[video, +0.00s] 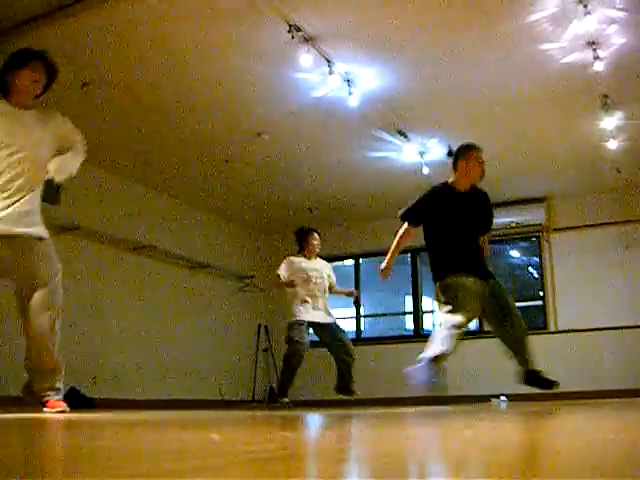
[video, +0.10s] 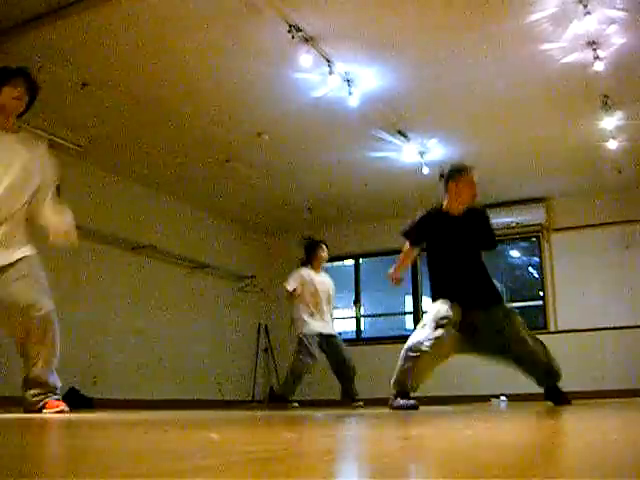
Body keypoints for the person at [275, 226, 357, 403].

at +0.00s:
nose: (318, 244)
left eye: (318, 240)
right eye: (314, 240)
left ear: (319, 244)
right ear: (304, 244)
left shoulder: (325, 265)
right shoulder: (291, 262)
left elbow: (331, 289)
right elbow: (277, 283)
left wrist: (347, 292)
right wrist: (292, 285)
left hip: (322, 314)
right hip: (301, 313)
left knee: (345, 349)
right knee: (298, 349)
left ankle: (344, 386)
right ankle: (281, 393)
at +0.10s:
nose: (325, 254)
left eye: (326, 251)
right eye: (322, 251)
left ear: (326, 255)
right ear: (313, 254)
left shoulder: (327, 278)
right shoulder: (302, 273)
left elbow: (329, 302)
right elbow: (287, 289)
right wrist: (293, 294)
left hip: (326, 326)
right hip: (308, 325)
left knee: (344, 363)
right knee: (303, 362)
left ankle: (350, 396)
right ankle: (284, 395)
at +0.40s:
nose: (351, 272)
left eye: (351, 268)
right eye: (348, 268)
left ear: (343, 270)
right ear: (340, 270)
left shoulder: (341, 286)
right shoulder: (328, 282)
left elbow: (343, 301)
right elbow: (322, 292)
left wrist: (353, 303)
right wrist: (343, 298)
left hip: (334, 331)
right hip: (320, 331)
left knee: (358, 355)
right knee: (351, 354)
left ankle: (340, 392)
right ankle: (326, 390)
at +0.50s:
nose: (360, 291)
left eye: (360, 287)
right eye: (358, 286)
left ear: (350, 288)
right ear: (351, 288)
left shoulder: (348, 305)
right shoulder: (338, 300)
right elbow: (349, 316)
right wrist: (356, 332)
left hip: (334, 342)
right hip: (323, 343)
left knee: (358, 364)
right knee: (358, 363)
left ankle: (337, 395)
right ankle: (343, 396)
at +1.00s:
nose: (377, 282)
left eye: (377, 279)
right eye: (376, 279)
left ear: (357, 279)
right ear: (370, 278)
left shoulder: (343, 292)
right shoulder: (371, 291)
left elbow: (334, 315)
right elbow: (381, 311)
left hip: (336, 334)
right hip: (357, 334)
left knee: (353, 367)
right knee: (373, 362)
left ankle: (329, 395)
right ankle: (356, 389)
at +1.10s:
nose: (380, 277)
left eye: (380, 275)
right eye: (379, 275)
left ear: (361, 273)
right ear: (376, 273)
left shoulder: (347, 287)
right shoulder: (375, 286)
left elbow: (328, 305)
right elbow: (385, 306)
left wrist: (333, 324)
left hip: (343, 332)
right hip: (364, 330)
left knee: (353, 368)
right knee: (383, 351)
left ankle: (325, 398)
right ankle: (377, 382)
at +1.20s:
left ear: (364, 269)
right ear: (380, 270)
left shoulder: (354, 283)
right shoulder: (383, 283)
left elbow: (334, 286)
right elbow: (390, 301)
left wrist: (334, 303)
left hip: (350, 330)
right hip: (372, 330)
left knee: (348, 372)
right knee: (392, 360)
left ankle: (324, 400)